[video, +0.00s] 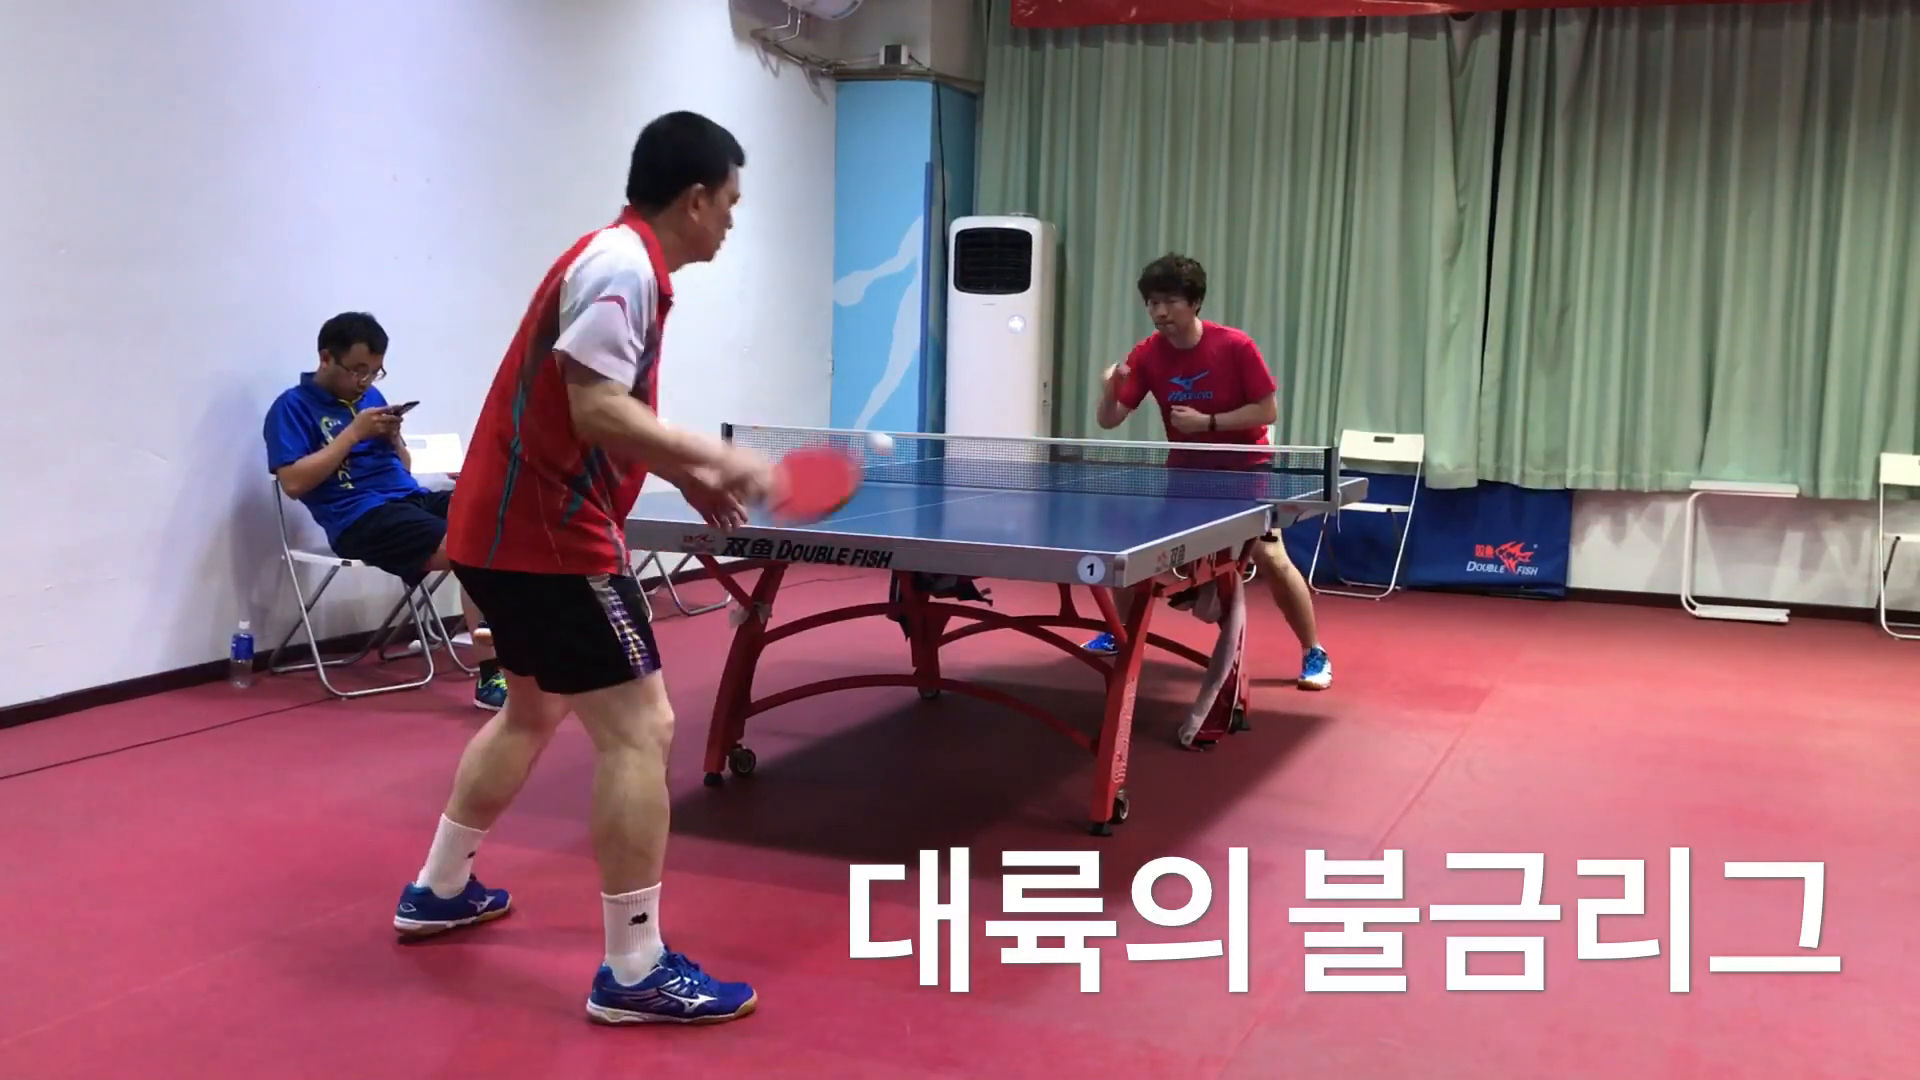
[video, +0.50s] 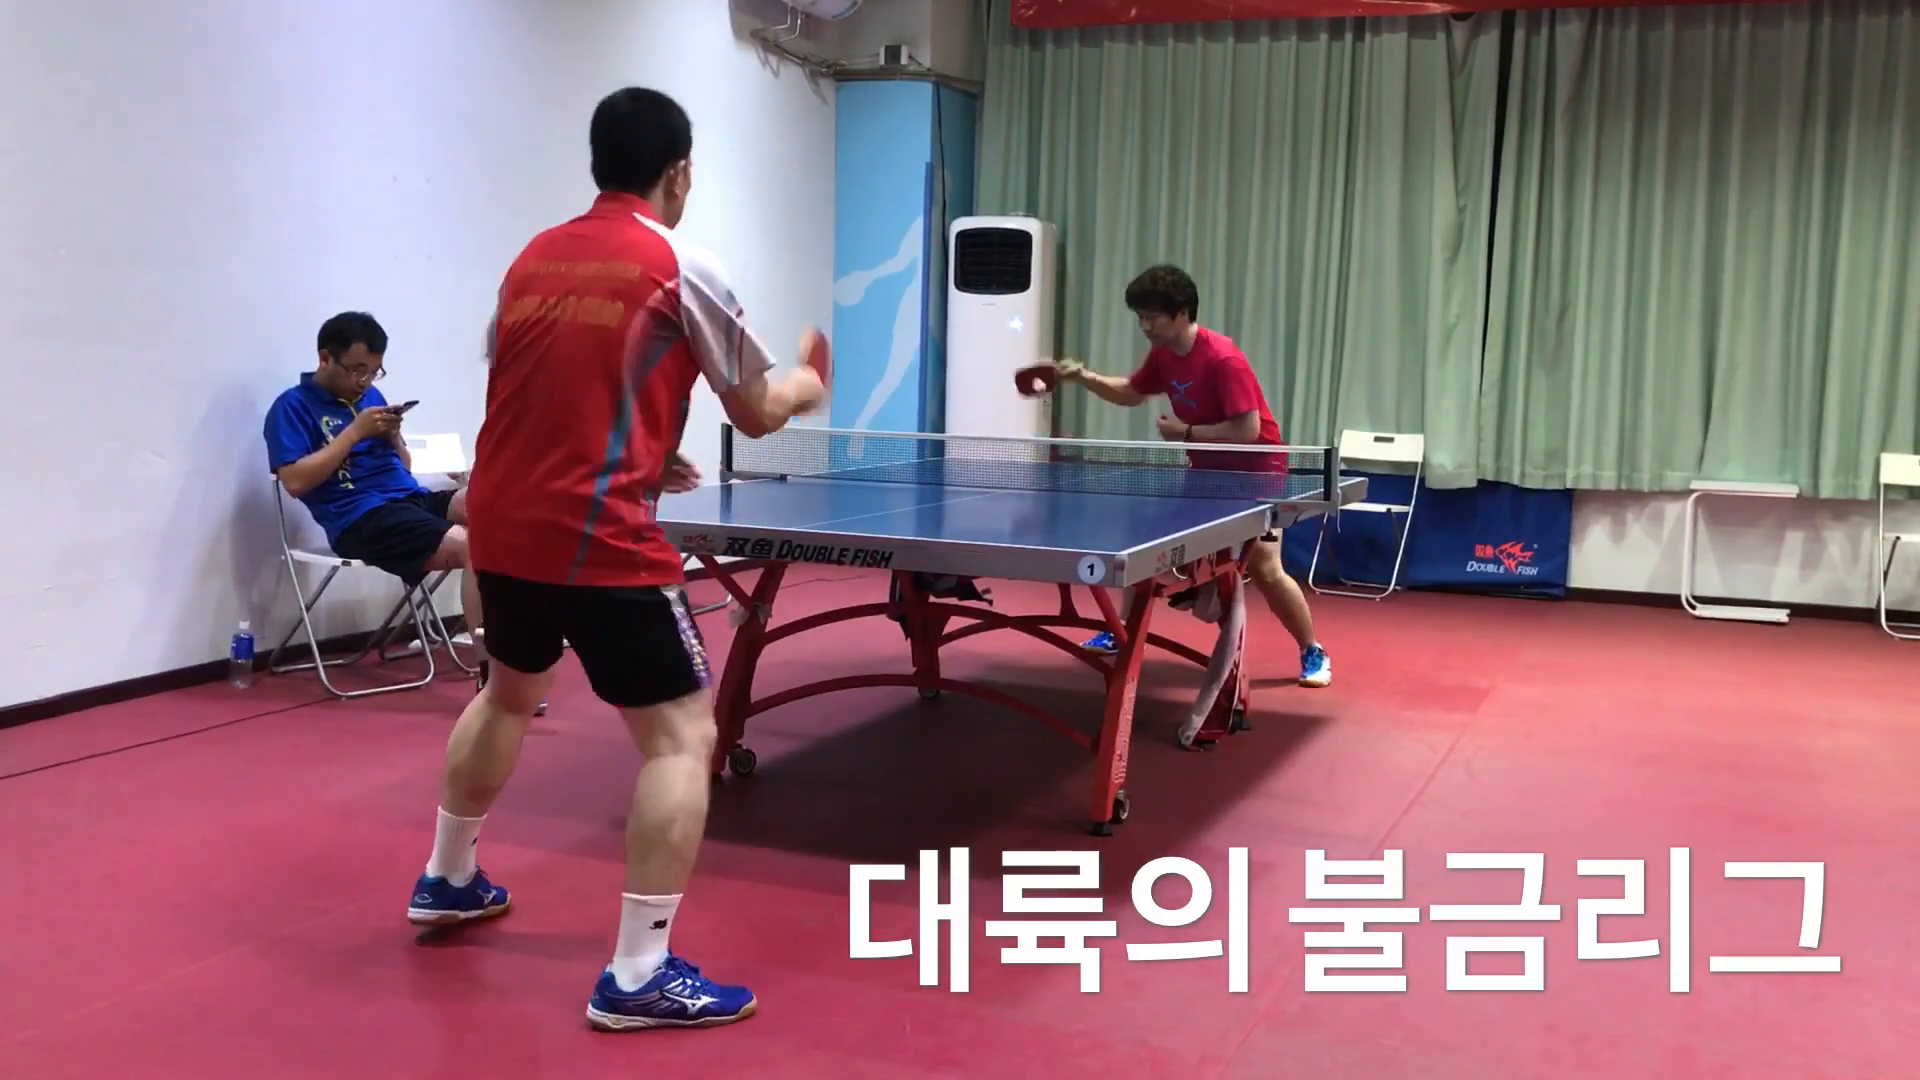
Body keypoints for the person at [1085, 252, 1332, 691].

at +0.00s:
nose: (1159, 311)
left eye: (1169, 301)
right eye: (1152, 302)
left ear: (1194, 301)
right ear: (1147, 305)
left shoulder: (1234, 346)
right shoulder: (1146, 355)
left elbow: (1267, 411)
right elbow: (1108, 419)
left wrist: (1207, 422)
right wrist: (1110, 386)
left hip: (1244, 473)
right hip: (1184, 474)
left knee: (1270, 555)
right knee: (1134, 548)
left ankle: (1313, 652)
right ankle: (1122, 634)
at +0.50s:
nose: (1144, 326)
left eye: (1151, 318)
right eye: (1141, 318)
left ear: (1180, 314)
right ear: (1141, 317)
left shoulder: (1222, 359)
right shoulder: (1163, 355)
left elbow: (1247, 429)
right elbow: (1130, 392)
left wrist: (1187, 431)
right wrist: (1082, 376)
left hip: (1256, 473)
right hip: (1206, 472)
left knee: (1266, 570)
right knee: (1153, 544)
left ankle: (1312, 650)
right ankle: (1126, 632)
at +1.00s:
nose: (1141, 303)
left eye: (1151, 293)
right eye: (1135, 294)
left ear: (1178, 294)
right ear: (1131, 297)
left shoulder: (1216, 340)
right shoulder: (1140, 344)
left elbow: (1248, 405)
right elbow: (1123, 400)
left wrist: (1185, 414)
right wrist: (1082, 405)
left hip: (1239, 468)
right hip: (1182, 469)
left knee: (1266, 556)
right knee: (1139, 542)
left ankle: (1312, 646)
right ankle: (1124, 631)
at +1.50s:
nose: (1177, 308)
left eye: (1185, 298)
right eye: (1174, 299)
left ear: (1214, 294)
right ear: (1176, 298)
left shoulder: (1261, 344)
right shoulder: (1180, 339)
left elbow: (1283, 413)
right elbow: (1138, 393)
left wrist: (1220, 417)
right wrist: (1127, 364)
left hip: (1267, 471)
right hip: (1212, 469)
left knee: (1282, 561)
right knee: (1156, 541)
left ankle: (1315, 649)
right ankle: (1126, 634)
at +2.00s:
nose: (1139, 317)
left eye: (1146, 307)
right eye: (1134, 308)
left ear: (1175, 303)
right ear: (1134, 308)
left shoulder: (1208, 351)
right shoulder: (1160, 349)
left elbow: (1235, 420)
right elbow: (1167, 396)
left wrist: (1177, 425)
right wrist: (1110, 415)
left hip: (1246, 471)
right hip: (1198, 469)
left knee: (1259, 565)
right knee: (1147, 542)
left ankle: (1314, 649)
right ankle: (1126, 632)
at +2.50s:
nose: (1165, 312)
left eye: (1174, 302)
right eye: (1160, 303)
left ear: (1203, 300)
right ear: (1158, 304)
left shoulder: (1249, 347)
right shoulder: (1161, 351)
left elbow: (1276, 412)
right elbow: (1123, 409)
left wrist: (1215, 422)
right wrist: (1101, 393)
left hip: (1259, 474)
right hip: (1202, 473)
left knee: (1279, 557)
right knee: (1150, 541)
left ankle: (1318, 650)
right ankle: (1125, 633)